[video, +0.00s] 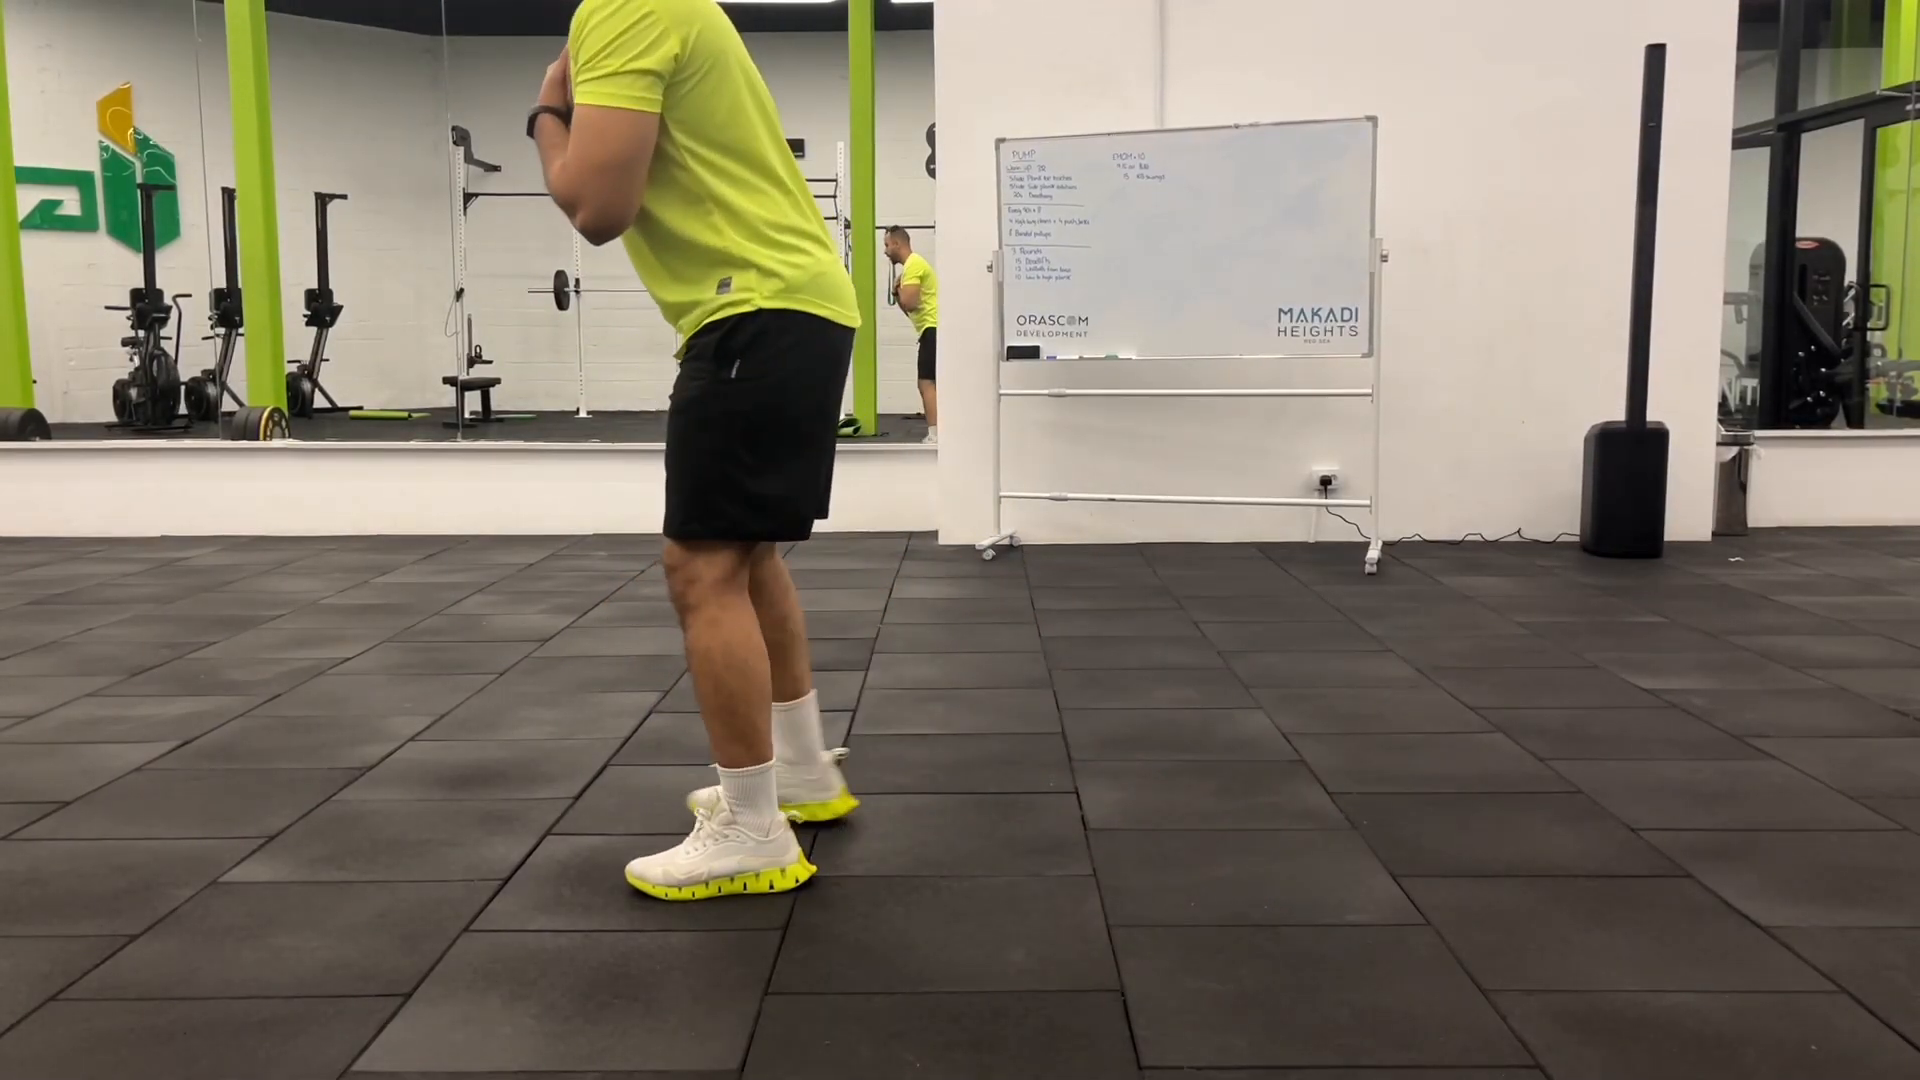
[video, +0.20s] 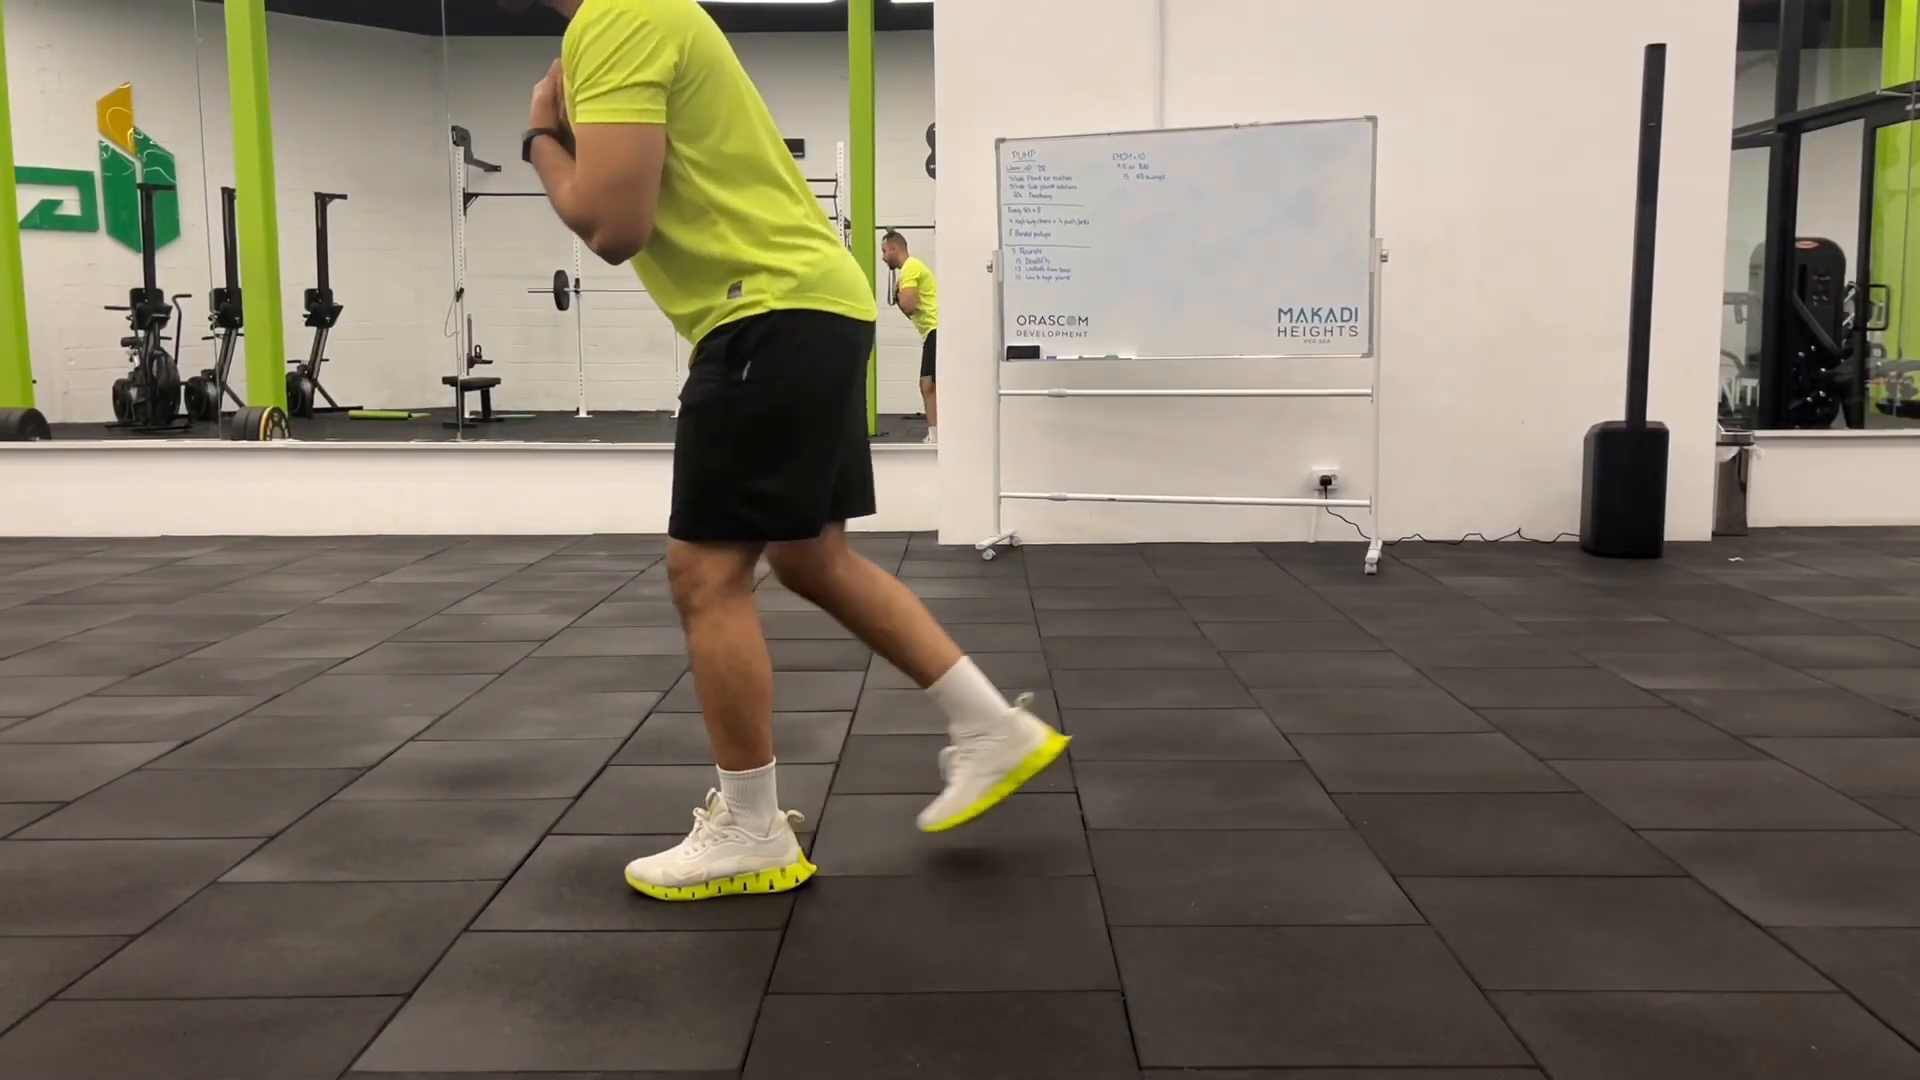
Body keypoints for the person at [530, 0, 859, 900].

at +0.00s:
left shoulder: (627, 10)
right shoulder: (665, 12)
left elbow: (596, 207)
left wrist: (547, 117)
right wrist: (582, 112)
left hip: (748, 308)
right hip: (794, 302)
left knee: (703, 574)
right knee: (750, 551)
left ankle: (749, 827)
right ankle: (804, 767)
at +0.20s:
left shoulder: (620, 21)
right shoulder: (654, 22)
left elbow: (609, 224)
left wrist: (540, 136)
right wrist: (574, 128)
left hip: (760, 312)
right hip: (819, 304)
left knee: (707, 576)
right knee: (809, 554)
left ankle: (750, 828)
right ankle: (996, 729)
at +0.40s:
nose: (461, 18)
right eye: (454, 7)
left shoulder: (619, 60)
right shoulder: (632, 53)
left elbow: (623, 268)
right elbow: (645, 243)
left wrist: (546, 187)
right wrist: (571, 182)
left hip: (788, 337)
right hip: (855, 325)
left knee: (688, 587)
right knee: (914, 570)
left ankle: (749, 828)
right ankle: (1137, 709)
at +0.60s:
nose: (482, 77)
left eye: (486, 47)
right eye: (474, 51)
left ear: (555, 31)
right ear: (562, 35)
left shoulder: (650, 130)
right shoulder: (668, 112)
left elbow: (663, 335)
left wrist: (587, 258)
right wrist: (609, 255)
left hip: (826, 391)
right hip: (900, 380)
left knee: (663, 597)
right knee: (973, 620)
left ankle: (748, 831)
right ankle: (1194, 790)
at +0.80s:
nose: (541, 147)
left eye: (548, 121)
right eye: (536, 123)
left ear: (609, 107)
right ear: (620, 107)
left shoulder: (702, 204)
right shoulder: (727, 188)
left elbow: (701, 419)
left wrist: (636, 340)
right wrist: (663, 342)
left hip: (865, 469)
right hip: (941, 465)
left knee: (644, 609)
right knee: (973, 724)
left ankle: (747, 829)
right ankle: (1242, 831)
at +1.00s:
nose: (578, 193)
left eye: (585, 164)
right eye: (573, 168)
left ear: (649, 152)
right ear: (658, 154)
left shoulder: (741, 253)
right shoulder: (758, 237)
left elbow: (724, 465)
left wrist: (666, 379)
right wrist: (693, 383)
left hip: (887, 514)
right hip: (951, 518)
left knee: (640, 616)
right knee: (959, 787)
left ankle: (745, 834)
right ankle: (1232, 828)